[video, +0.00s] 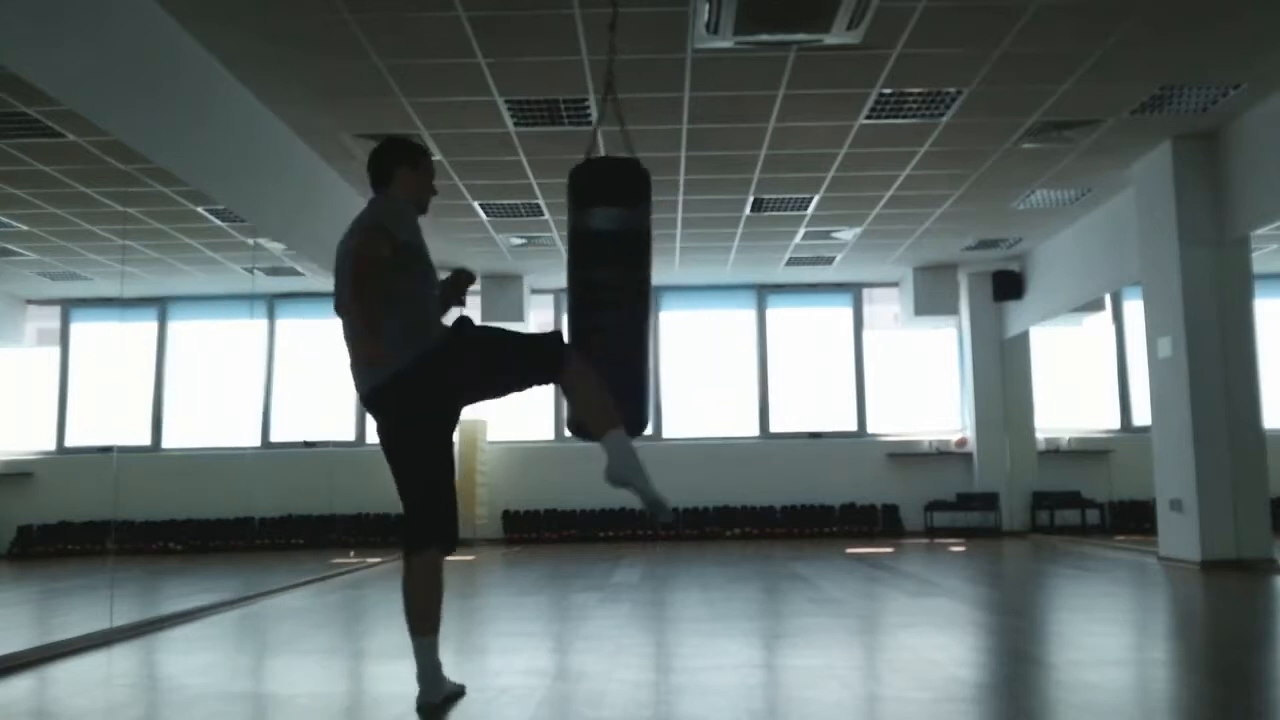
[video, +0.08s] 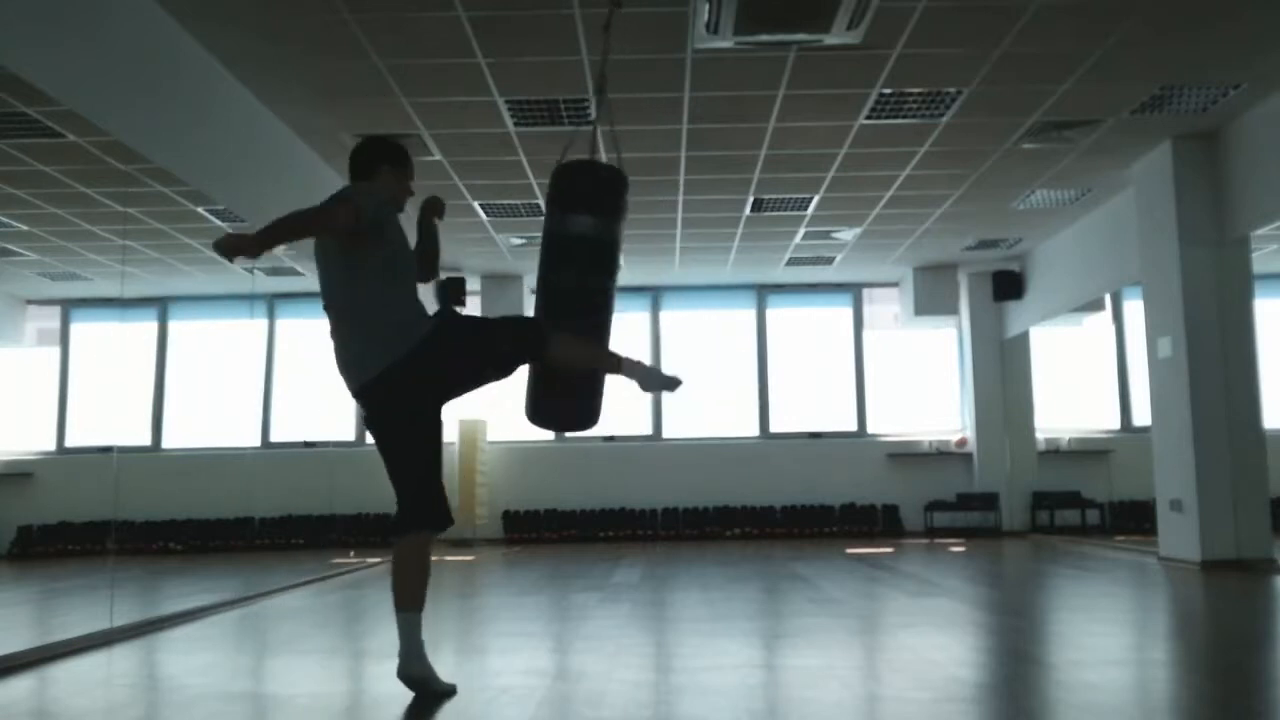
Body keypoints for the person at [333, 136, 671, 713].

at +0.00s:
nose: (434, 185)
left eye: (432, 176)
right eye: (427, 174)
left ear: (388, 176)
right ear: (403, 175)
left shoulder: (383, 236)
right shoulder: (383, 225)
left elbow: (402, 328)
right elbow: (362, 307)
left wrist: (445, 295)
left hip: (399, 397)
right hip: (434, 365)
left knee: (425, 535)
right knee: (562, 356)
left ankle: (430, 678)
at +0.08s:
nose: (410, 184)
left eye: (410, 176)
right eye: (405, 175)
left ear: (368, 174)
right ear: (380, 171)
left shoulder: (378, 222)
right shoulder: (358, 203)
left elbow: (425, 269)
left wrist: (428, 220)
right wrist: (258, 241)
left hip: (385, 385)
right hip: (417, 352)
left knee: (417, 516)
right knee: (528, 335)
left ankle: (412, 655)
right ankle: (633, 369)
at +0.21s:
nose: (370, 210)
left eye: (369, 201)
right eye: (361, 200)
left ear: (320, 205)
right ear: (329, 200)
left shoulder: (277, 258)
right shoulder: (348, 235)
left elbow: (219, 288)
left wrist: (253, 275)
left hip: (349, 408)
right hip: (393, 363)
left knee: (353, 539)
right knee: (520, 340)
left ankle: (323, 670)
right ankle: (643, 376)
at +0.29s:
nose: (375, 212)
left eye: (373, 202)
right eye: (369, 201)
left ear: (321, 201)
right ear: (339, 196)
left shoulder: (273, 256)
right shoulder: (360, 231)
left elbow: (199, 301)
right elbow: (372, 291)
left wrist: (189, 317)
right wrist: (406, 365)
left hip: (346, 403)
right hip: (399, 368)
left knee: (350, 538)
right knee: (523, 368)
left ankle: (324, 669)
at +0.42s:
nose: (479, 196)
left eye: (478, 185)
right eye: (473, 185)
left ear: (430, 186)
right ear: (447, 182)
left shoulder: (385, 236)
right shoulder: (456, 230)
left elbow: (319, 285)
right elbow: (492, 299)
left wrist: (258, 334)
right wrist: (466, 262)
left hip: (430, 391)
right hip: (461, 384)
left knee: (556, 326)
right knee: (475, 521)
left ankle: (629, 423)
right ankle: (451, 652)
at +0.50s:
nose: (428, 212)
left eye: (429, 203)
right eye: (424, 201)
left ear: (395, 196)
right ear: (399, 196)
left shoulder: (397, 252)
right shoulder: (364, 224)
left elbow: (452, 275)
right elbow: (300, 236)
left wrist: (418, 232)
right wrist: (249, 253)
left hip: (376, 387)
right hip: (390, 353)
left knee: (407, 514)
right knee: (500, 311)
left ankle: (381, 650)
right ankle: (623, 326)